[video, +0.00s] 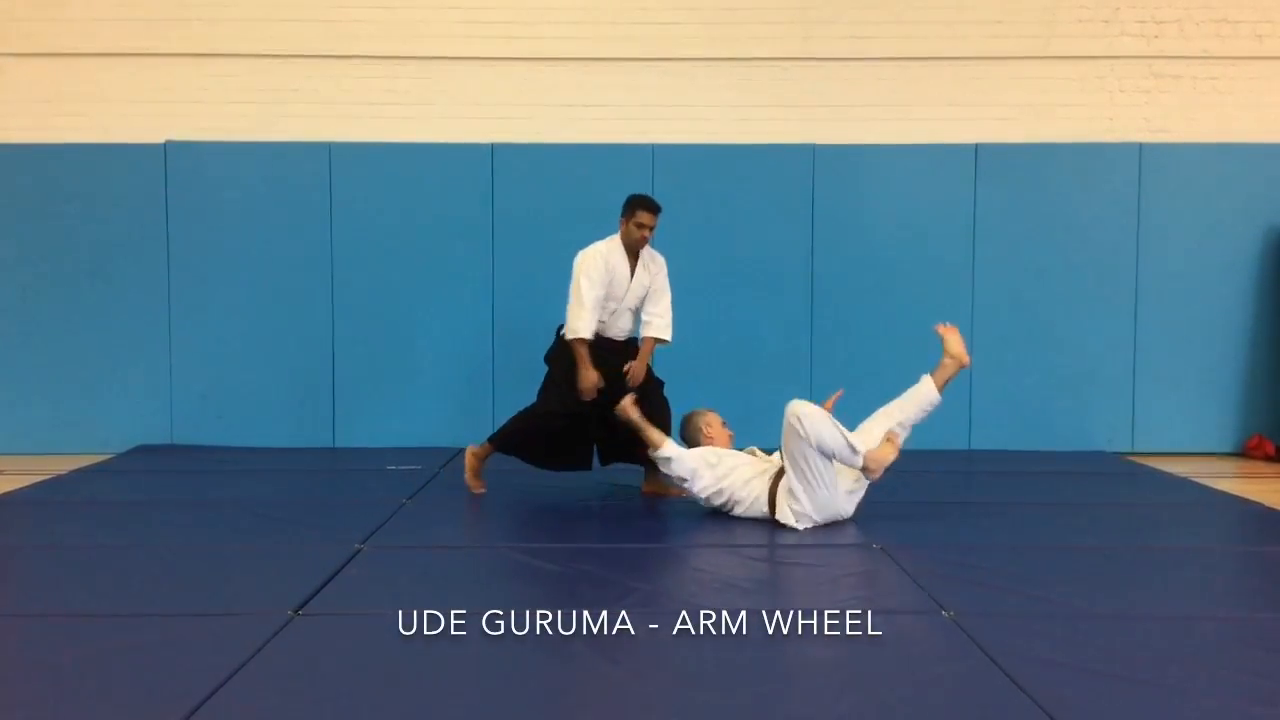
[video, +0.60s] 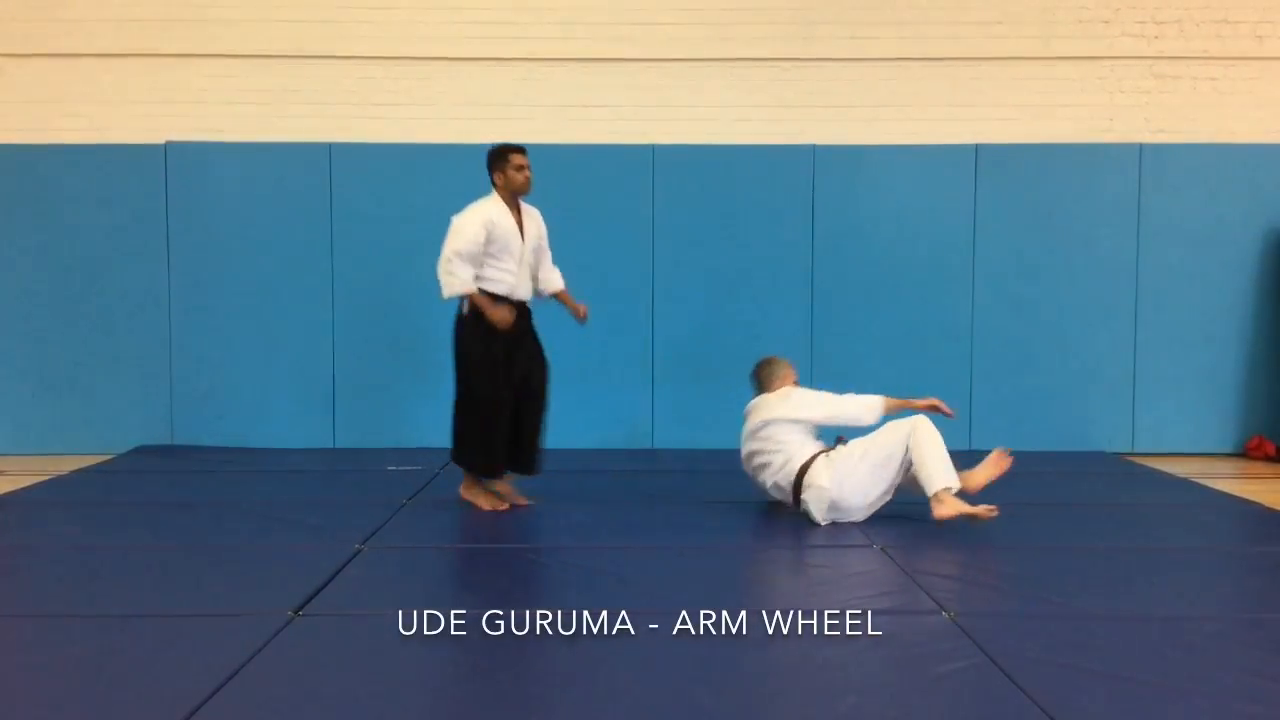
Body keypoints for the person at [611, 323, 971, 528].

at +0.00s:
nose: (727, 427)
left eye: (724, 422)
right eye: (718, 424)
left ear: (720, 431)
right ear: (701, 435)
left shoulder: (748, 457)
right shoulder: (697, 463)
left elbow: (792, 465)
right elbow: (663, 448)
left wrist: (820, 423)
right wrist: (635, 420)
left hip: (831, 496)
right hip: (800, 505)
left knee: (882, 424)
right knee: (799, 412)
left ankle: (949, 366)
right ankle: (868, 462)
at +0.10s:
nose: (728, 430)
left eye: (726, 425)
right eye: (719, 426)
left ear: (721, 434)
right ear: (698, 435)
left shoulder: (738, 463)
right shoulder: (700, 463)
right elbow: (680, 445)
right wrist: (671, 406)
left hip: (821, 497)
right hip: (794, 502)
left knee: (877, 437)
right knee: (803, 405)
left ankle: (947, 383)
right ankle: (880, 447)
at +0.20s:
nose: (719, 424)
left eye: (717, 419)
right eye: (708, 421)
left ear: (716, 430)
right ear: (691, 436)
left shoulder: (731, 465)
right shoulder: (698, 475)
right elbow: (707, 440)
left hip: (821, 501)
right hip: (793, 497)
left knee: (882, 442)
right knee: (829, 402)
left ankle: (946, 397)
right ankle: (918, 441)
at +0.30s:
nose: (729, 417)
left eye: (725, 413)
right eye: (719, 414)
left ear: (711, 425)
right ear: (704, 427)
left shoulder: (725, 465)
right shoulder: (705, 456)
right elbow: (741, 429)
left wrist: (787, 459)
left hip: (816, 501)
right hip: (797, 488)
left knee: (894, 449)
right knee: (863, 413)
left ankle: (962, 412)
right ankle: (948, 457)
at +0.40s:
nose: (744, 414)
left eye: (741, 409)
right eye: (737, 411)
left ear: (718, 421)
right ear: (720, 418)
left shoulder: (727, 464)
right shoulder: (725, 437)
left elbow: (755, 495)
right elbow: (783, 422)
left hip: (813, 507)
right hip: (801, 483)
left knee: (900, 460)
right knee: (889, 428)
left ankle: (977, 436)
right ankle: (964, 480)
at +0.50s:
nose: (771, 401)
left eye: (768, 397)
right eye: (766, 396)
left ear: (733, 406)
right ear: (753, 398)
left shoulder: (734, 450)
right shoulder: (755, 417)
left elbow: (772, 484)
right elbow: (819, 414)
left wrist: (811, 457)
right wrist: (879, 402)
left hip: (814, 512)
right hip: (816, 482)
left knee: (901, 466)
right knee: (906, 430)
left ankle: (979, 462)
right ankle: (959, 493)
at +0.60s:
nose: (797, 383)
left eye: (795, 378)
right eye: (793, 378)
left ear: (760, 387)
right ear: (784, 380)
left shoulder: (750, 437)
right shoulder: (784, 398)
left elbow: (781, 484)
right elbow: (854, 408)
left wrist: (829, 453)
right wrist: (913, 404)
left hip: (825, 508)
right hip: (829, 478)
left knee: (899, 463)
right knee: (915, 426)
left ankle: (964, 479)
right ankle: (944, 498)